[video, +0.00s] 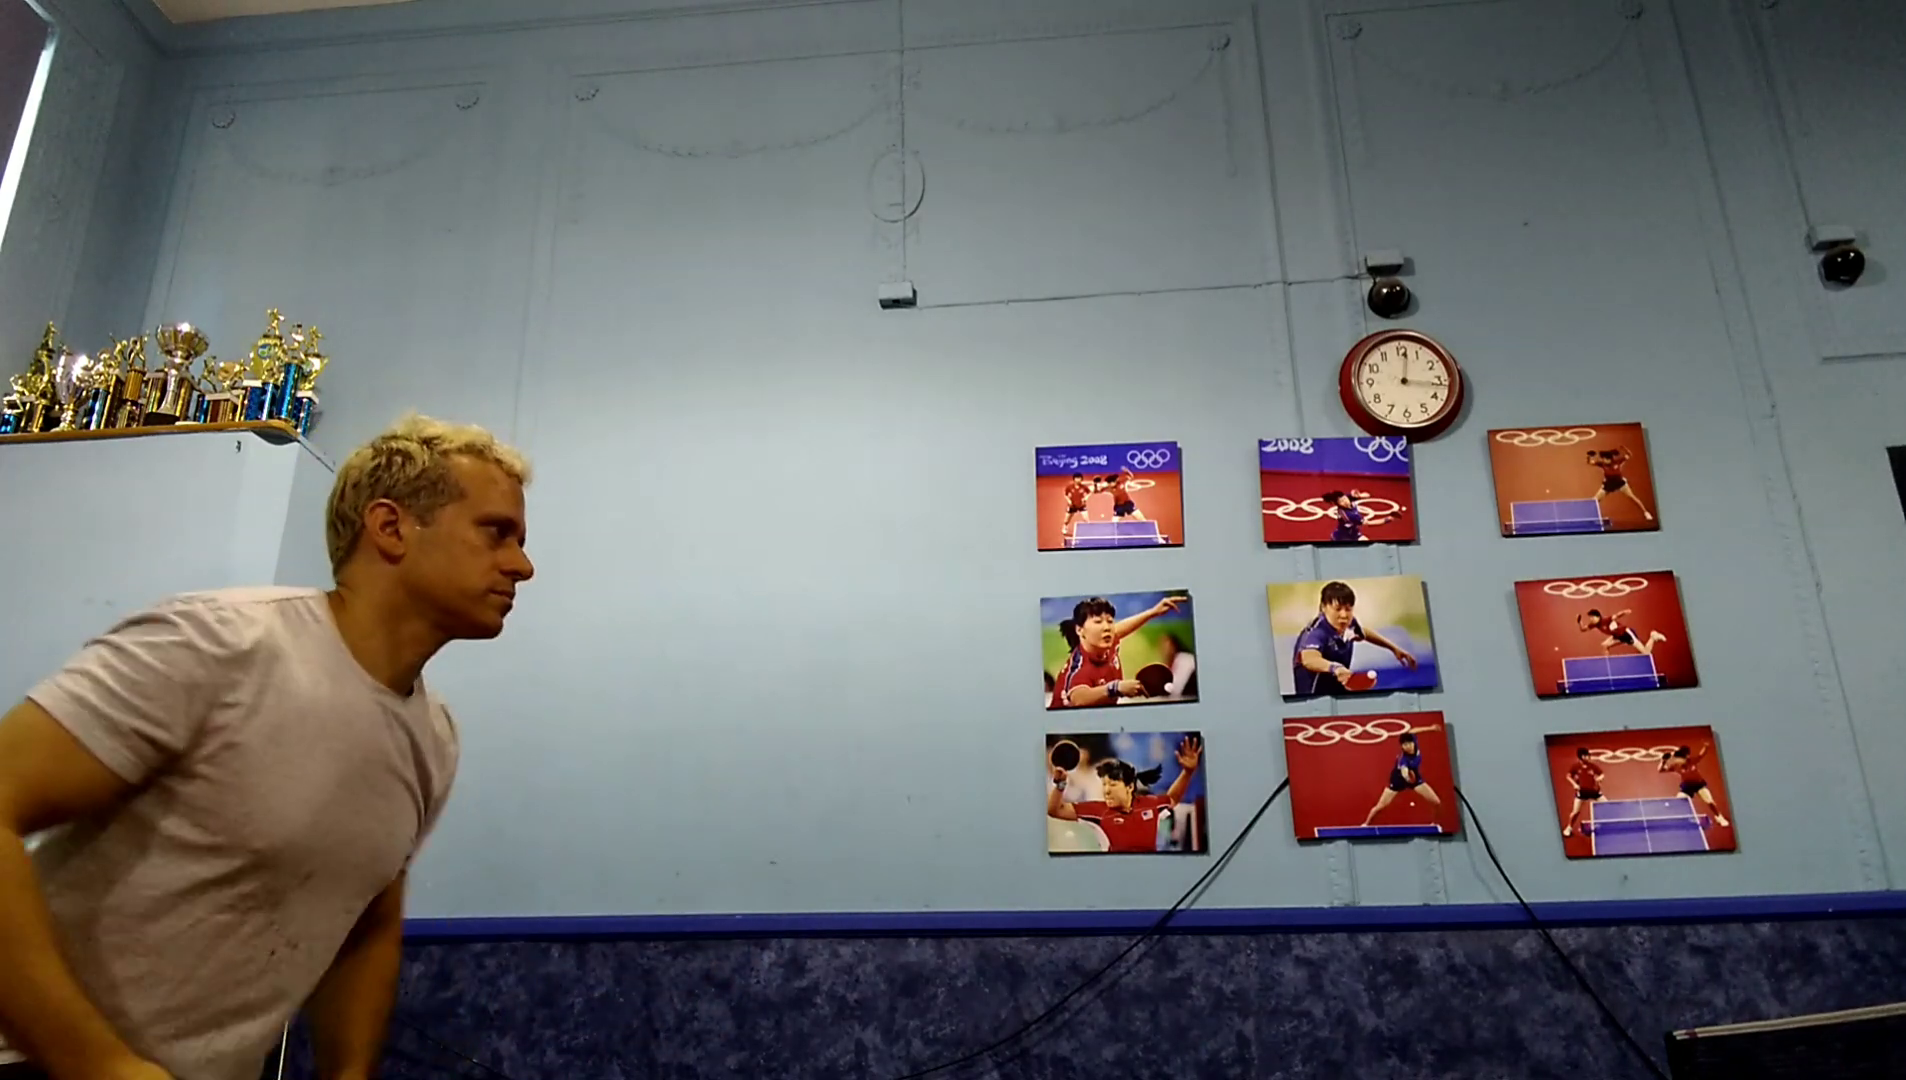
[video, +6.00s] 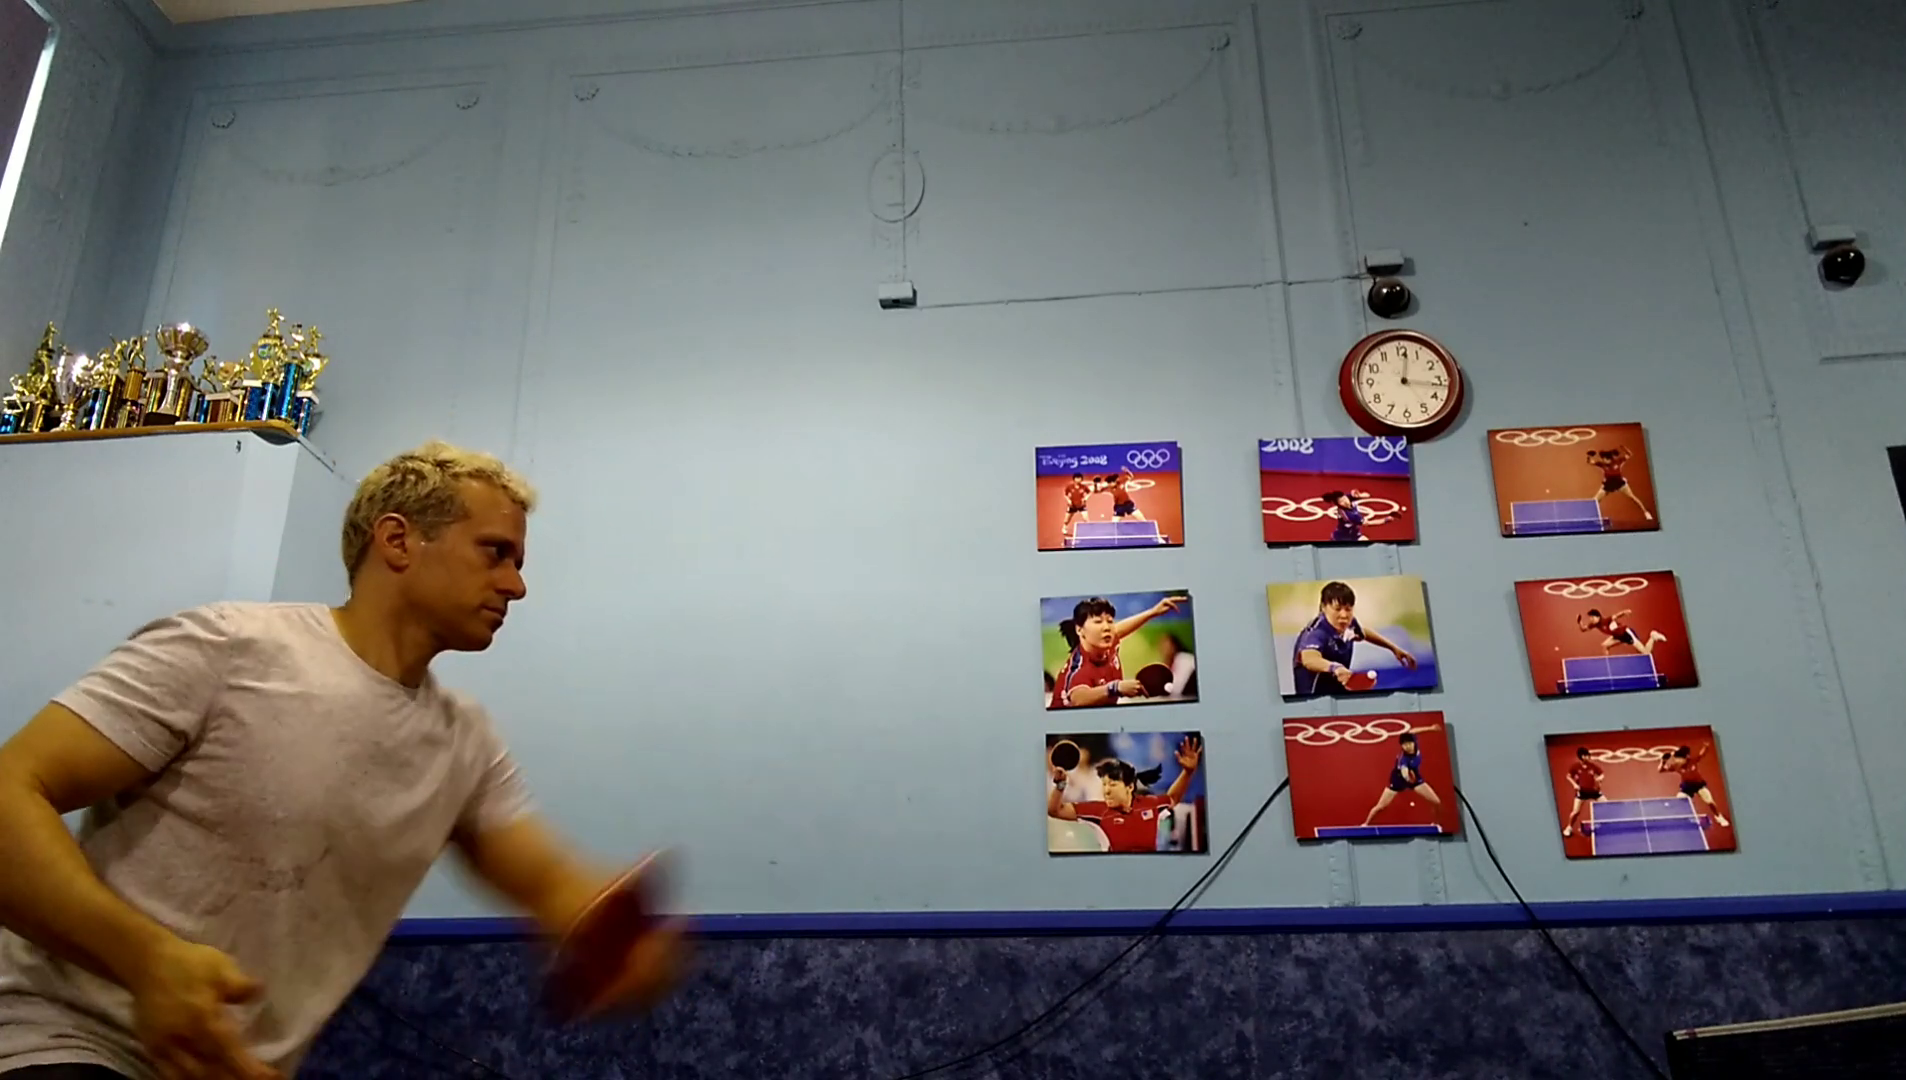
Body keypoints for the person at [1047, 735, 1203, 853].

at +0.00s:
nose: (1107, 790)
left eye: (1113, 785)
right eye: (1104, 785)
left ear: (1130, 787)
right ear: (1101, 786)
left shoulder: (1151, 805)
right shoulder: (1100, 810)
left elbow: (1172, 798)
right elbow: (1055, 811)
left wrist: (1188, 771)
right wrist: (1059, 785)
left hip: (1150, 873)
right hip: (1114, 874)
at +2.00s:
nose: (1106, 790)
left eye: (1113, 785)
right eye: (1104, 785)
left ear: (1130, 787)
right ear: (1101, 787)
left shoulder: (1151, 805)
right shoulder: (1100, 810)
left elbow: (1172, 798)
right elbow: (1055, 811)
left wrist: (1188, 771)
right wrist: (1059, 785)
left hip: (1151, 872)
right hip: (1116, 874)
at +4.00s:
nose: (1107, 790)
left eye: (1113, 785)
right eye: (1104, 785)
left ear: (1130, 787)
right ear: (1101, 787)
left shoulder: (1151, 804)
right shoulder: (1100, 811)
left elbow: (1172, 798)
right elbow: (1055, 811)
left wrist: (1188, 771)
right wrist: (1059, 785)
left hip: (1152, 872)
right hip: (1117, 874)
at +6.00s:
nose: (1107, 790)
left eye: (1113, 785)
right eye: (1104, 785)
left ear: (1130, 787)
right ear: (1101, 787)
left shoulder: (1151, 804)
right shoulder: (1100, 811)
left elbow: (1172, 798)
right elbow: (1055, 811)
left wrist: (1188, 771)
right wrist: (1059, 785)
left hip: (1151, 872)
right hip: (1116, 874)